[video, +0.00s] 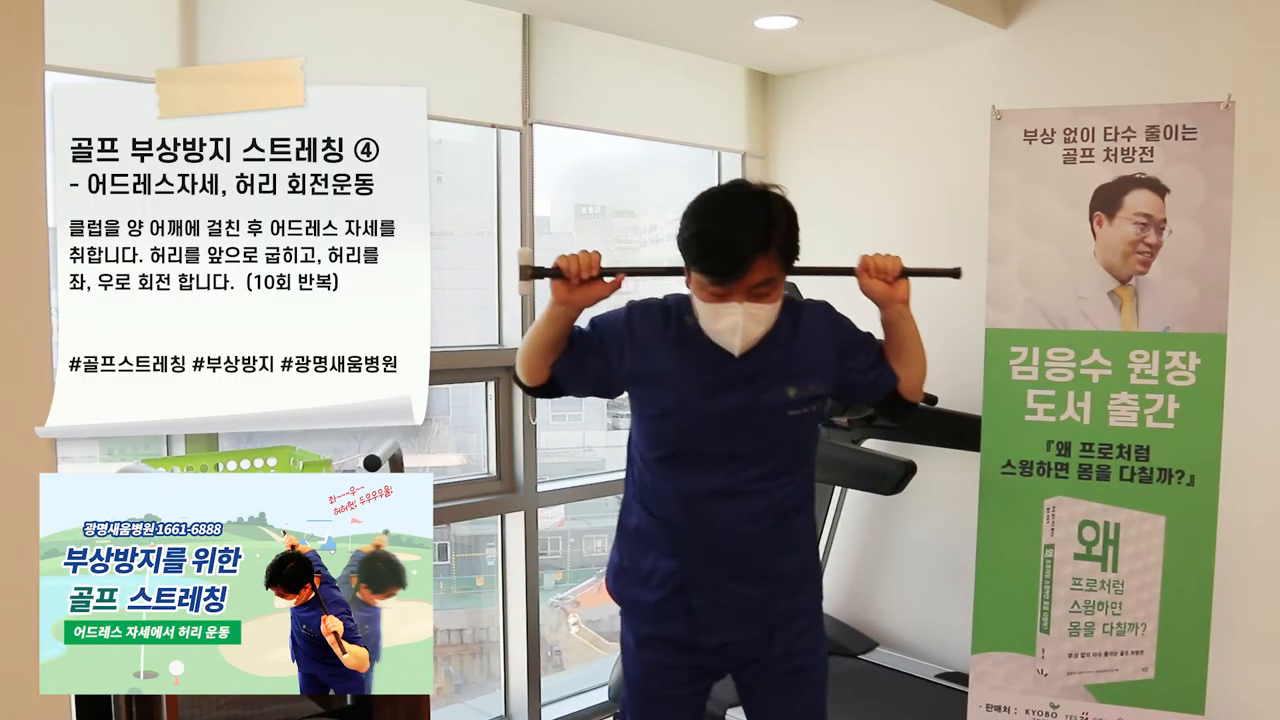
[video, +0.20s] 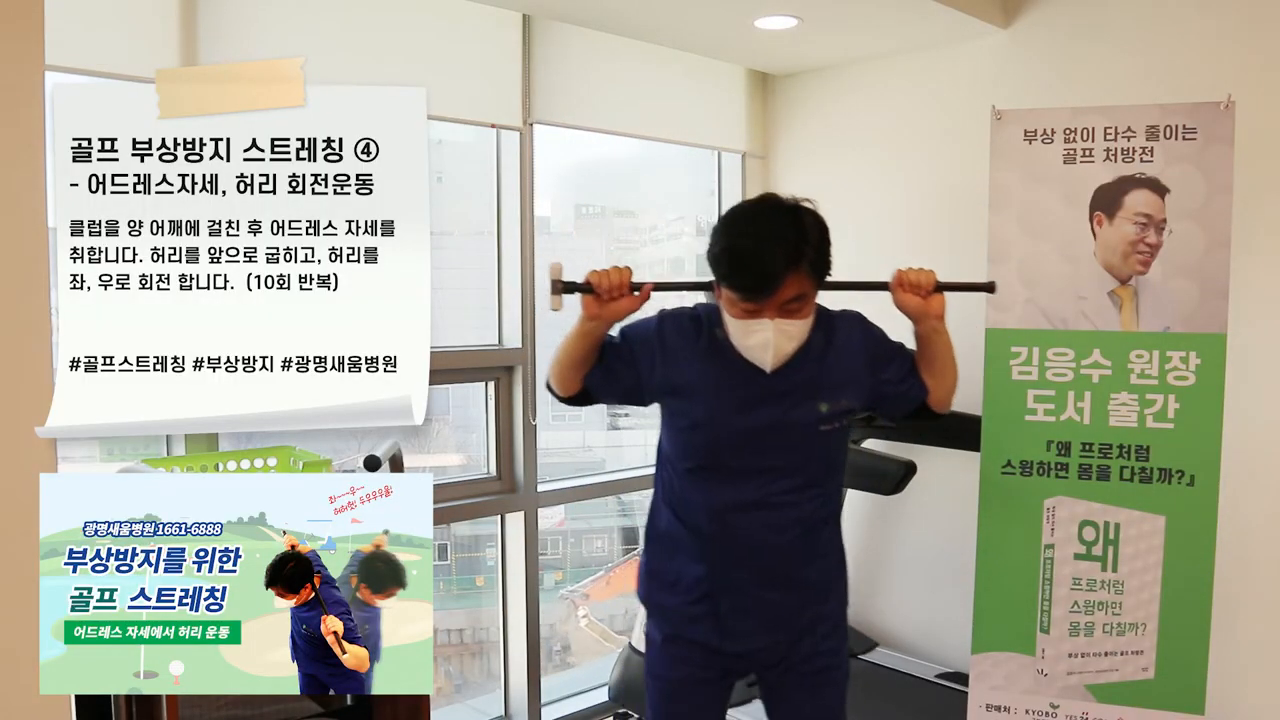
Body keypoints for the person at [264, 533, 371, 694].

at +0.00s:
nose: (278, 599)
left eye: (283, 596)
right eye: (276, 594)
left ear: (306, 590)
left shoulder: (334, 607)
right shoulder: (312, 570)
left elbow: (363, 665)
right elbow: (308, 552)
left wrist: (335, 642)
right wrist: (297, 547)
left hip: (344, 673)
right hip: (310, 667)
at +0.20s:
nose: (278, 599)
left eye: (283, 596)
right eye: (276, 594)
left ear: (306, 590)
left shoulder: (334, 607)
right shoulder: (312, 570)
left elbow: (363, 665)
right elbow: (308, 552)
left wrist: (335, 642)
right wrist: (296, 547)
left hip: (344, 673)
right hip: (310, 667)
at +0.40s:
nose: (278, 599)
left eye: (283, 596)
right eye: (276, 594)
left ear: (306, 590)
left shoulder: (334, 607)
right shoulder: (312, 570)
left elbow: (363, 665)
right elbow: (308, 552)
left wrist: (335, 642)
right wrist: (296, 547)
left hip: (344, 673)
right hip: (310, 667)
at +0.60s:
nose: (278, 599)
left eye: (283, 596)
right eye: (276, 594)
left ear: (306, 590)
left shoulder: (334, 607)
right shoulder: (312, 570)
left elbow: (363, 665)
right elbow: (308, 552)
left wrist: (335, 642)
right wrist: (296, 547)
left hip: (344, 673)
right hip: (310, 667)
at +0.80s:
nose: (278, 599)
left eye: (283, 596)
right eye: (276, 594)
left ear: (306, 590)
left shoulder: (334, 607)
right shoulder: (312, 570)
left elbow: (363, 665)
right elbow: (308, 552)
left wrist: (335, 642)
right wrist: (296, 547)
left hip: (344, 673)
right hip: (310, 667)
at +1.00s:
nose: (278, 599)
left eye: (283, 596)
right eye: (276, 594)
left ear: (306, 590)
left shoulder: (334, 607)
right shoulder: (312, 570)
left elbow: (363, 665)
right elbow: (308, 552)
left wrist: (335, 642)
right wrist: (297, 547)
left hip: (344, 673)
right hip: (310, 667)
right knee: (312, 713)